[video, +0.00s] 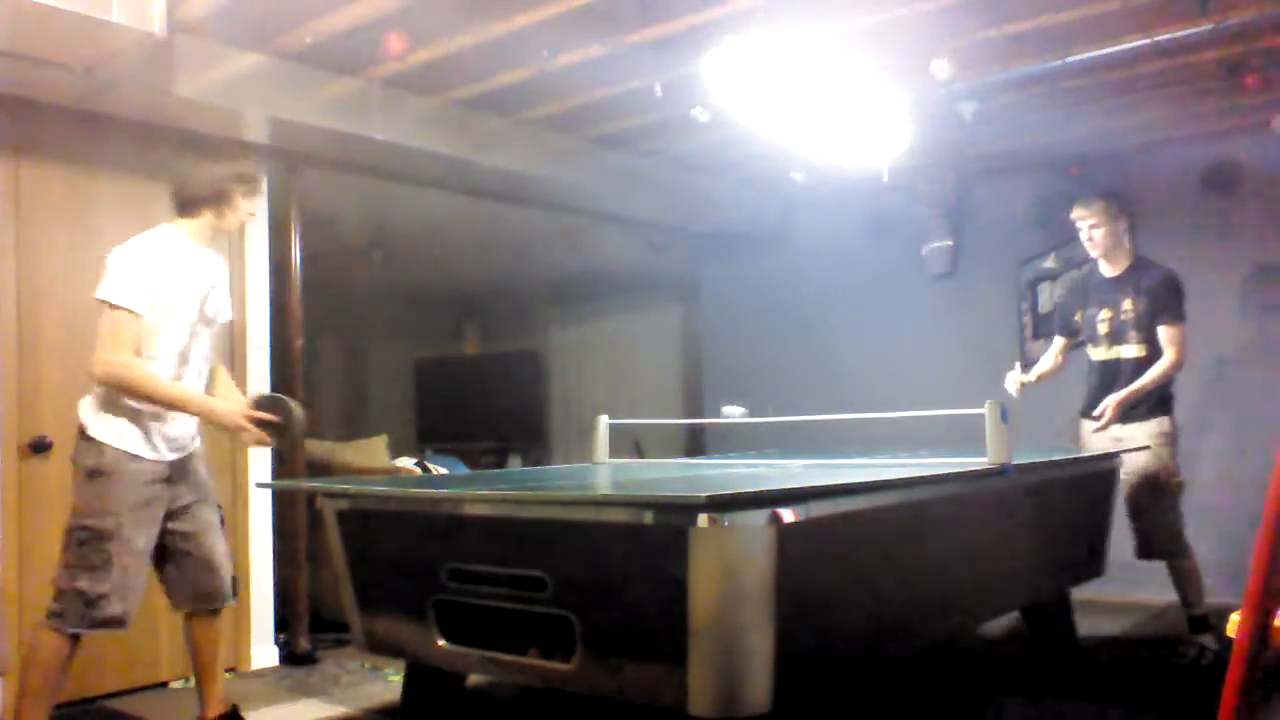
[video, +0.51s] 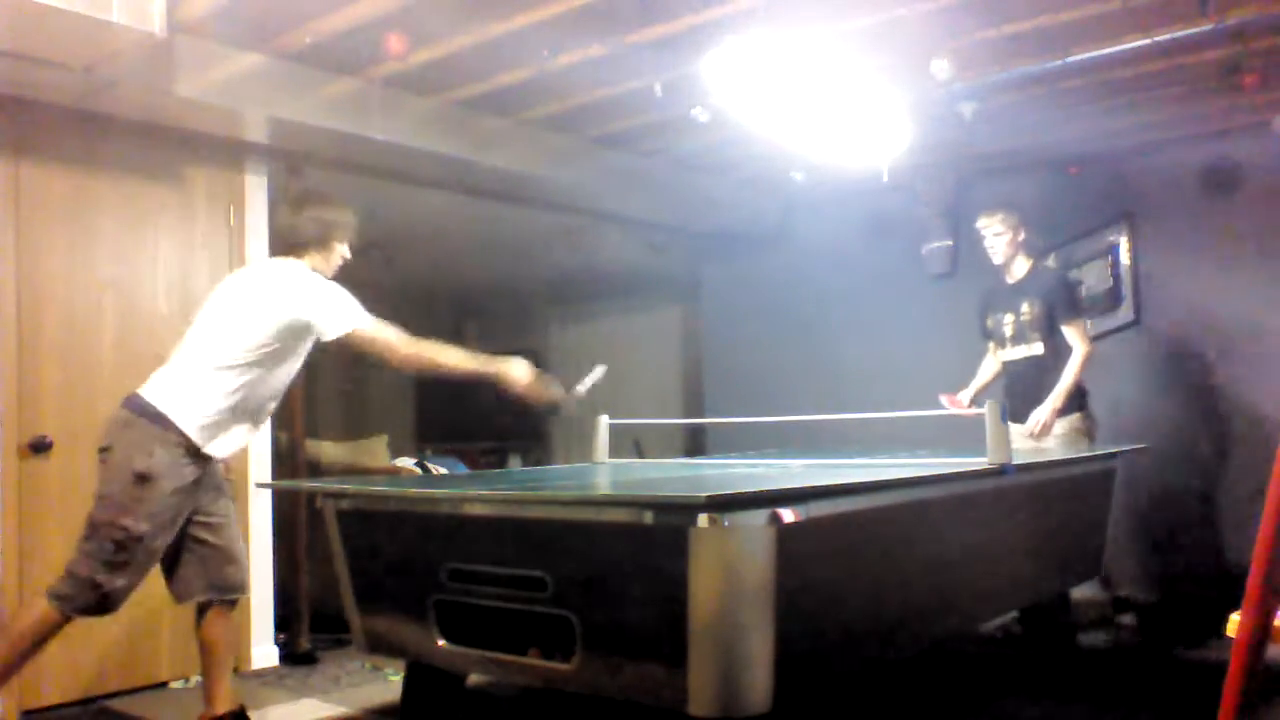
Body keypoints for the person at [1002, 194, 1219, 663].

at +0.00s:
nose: (1087, 237)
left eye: (1095, 227)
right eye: (1082, 231)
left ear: (1123, 225)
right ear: (1079, 237)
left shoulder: (1158, 282)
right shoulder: (1078, 288)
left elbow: (1173, 355)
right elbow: (1057, 353)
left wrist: (1120, 398)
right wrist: (1030, 375)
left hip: (1147, 426)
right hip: (1093, 428)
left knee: (1163, 532)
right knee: (1071, 530)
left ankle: (1199, 627)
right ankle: (1043, 621)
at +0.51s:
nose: (989, 244)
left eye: (997, 235)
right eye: (984, 238)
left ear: (1019, 234)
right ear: (981, 241)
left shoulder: (1051, 281)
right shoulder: (991, 296)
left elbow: (1082, 347)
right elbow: (996, 354)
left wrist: (1051, 407)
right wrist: (968, 393)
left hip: (1063, 420)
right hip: (1018, 424)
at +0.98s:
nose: (994, 257)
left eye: (997, 246)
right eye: (989, 250)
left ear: (1021, 238)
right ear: (999, 249)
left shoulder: (1054, 275)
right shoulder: (1012, 291)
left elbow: (1084, 341)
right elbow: (1026, 360)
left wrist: (1055, 403)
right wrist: (1011, 397)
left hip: (1068, 414)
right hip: (1030, 419)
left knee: (1076, 512)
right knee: (1033, 515)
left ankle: (1128, 600)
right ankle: (1039, 611)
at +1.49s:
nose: (1057, 249)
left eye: (1061, 238)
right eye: (1053, 242)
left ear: (1087, 230)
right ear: (1065, 241)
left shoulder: (1108, 274)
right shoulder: (1090, 279)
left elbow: (1112, 348)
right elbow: (1066, 333)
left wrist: (1083, 410)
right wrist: (1012, 331)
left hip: (1135, 413)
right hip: (1115, 413)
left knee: (1124, 521)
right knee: (1119, 520)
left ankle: (1151, 618)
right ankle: (1167, 593)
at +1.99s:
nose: (1052, 246)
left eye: (1058, 237)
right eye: (1047, 240)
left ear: (1080, 237)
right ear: (1048, 246)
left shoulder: (1108, 283)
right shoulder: (1067, 289)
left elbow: (1133, 356)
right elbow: (1076, 345)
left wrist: (1130, 420)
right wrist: (1052, 374)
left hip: (1129, 416)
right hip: (1094, 419)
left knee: (1125, 514)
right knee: (1098, 511)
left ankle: (1143, 612)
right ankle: (1136, 606)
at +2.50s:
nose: (1004, 262)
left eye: (1009, 252)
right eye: (1001, 255)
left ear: (1033, 246)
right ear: (1009, 256)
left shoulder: (1070, 286)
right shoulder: (1024, 302)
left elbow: (1115, 342)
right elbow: (1016, 368)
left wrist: (1109, 411)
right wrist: (966, 407)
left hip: (1094, 426)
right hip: (1054, 431)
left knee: (1107, 527)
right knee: (1046, 526)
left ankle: (1141, 614)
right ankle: (1038, 613)